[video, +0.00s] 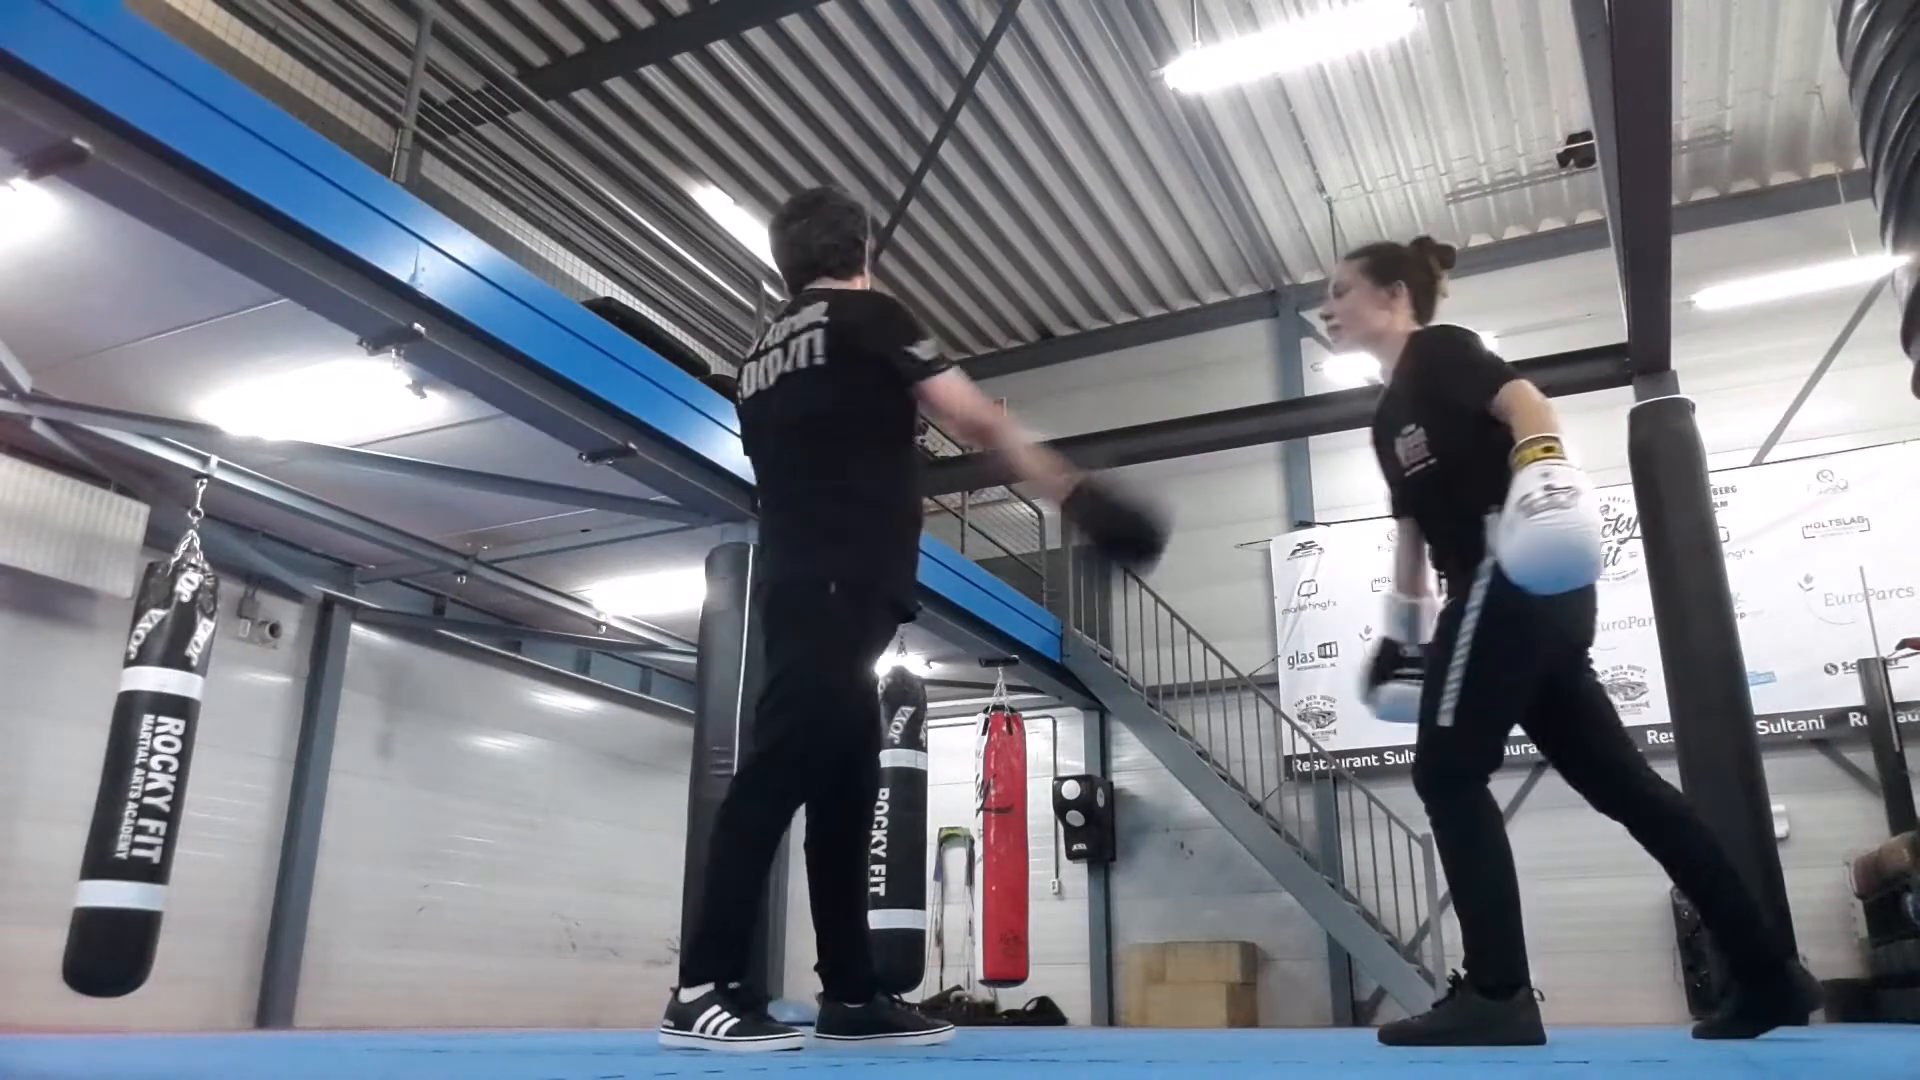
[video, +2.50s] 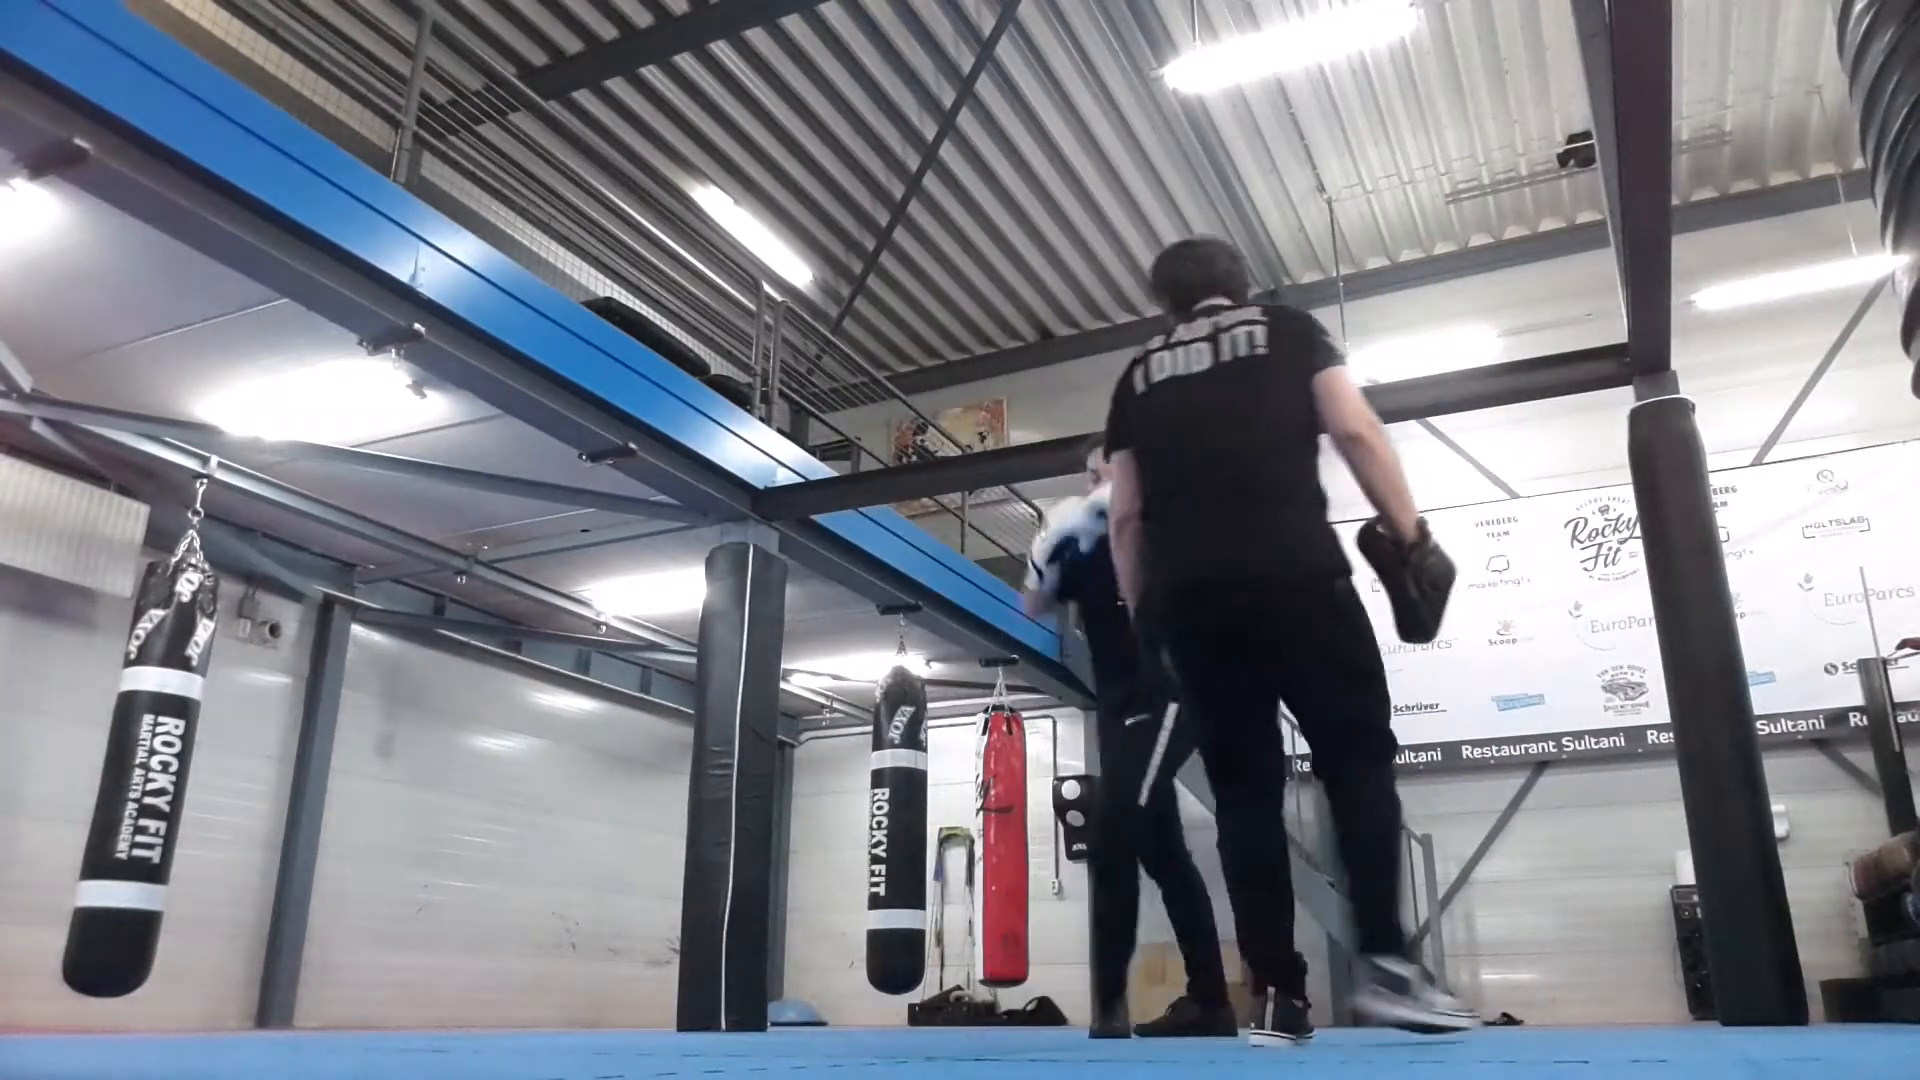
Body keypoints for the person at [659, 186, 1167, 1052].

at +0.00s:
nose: (877, 268)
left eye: (868, 257)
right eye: (875, 254)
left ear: (786, 268)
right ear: (864, 255)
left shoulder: (761, 354)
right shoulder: (863, 315)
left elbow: (806, 458)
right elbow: (977, 421)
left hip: (801, 587)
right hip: (836, 585)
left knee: (847, 787)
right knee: (774, 775)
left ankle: (853, 998)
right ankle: (705, 996)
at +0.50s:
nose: (932, 281)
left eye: (924, 269)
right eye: (923, 267)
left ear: (843, 288)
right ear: (911, 271)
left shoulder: (808, 378)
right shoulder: (912, 311)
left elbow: (794, 516)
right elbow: (1006, 248)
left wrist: (782, 612)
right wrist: (965, 183)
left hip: (842, 579)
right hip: (896, 573)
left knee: (858, 788)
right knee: (829, 775)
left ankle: (853, 995)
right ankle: (723, 970)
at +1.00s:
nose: (948, 311)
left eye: (948, 298)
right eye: (943, 295)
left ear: (882, 293)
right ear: (907, 287)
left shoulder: (857, 356)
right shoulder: (894, 329)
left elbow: (904, 475)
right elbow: (941, 423)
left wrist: (972, 439)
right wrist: (1024, 523)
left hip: (864, 582)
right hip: (887, 580)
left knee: (860, 787)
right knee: (884, 773)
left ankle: (849, 995)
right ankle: (752, 946)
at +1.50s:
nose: (1043, 322)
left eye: (1047, 309)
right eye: (1044, 304)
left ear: (1001, 285)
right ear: (1013, 284)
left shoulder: (975, 351)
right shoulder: (948, 319)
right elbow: (908, 400)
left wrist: (992, 583)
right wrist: (881, 481)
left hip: (942, 597)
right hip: (952, 594)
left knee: (887, 793)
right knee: (1001, 778)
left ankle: (851, 994)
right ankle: (1012, 981)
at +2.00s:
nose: (1157, 264)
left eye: (1154, 251)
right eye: (1155, 250)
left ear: (1068, 251)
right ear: (1134, 247)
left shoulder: (1017, 345)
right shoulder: (1120, 295)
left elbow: (1046, 463)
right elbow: (1190, 403)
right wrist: (1273, 502)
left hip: (1046, 579)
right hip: (1111, 580)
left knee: (1163, 755)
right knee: (1070, 779)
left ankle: (1164, 958)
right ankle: (1022, 989)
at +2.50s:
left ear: (1163, 305)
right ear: (1239, 285)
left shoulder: (1133, 376)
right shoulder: (1286, 328)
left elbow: (1125, 514)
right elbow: (1356, 430)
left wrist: (1143, 616)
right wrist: (1413, 538)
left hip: (1187, 603)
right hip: (1296, 585)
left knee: (1244, 791)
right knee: (1359, 762)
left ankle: (1280, 998)